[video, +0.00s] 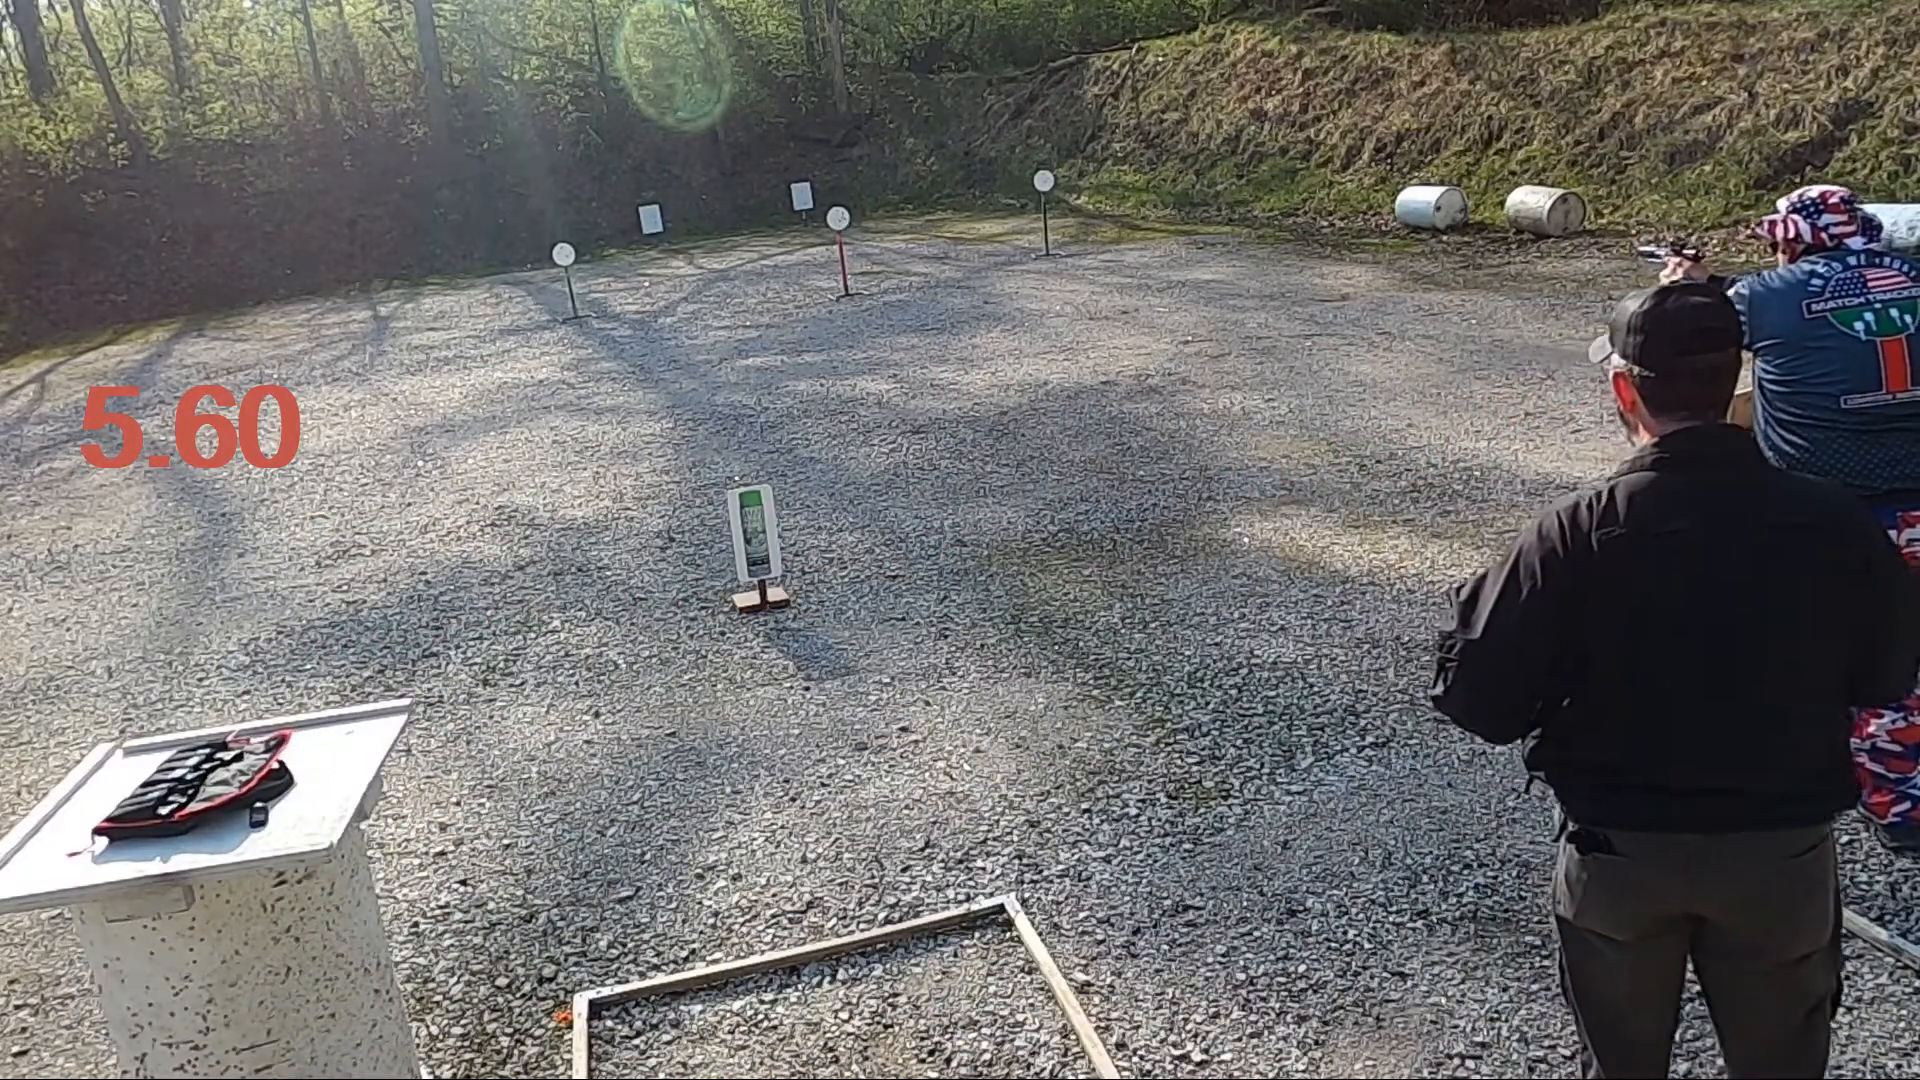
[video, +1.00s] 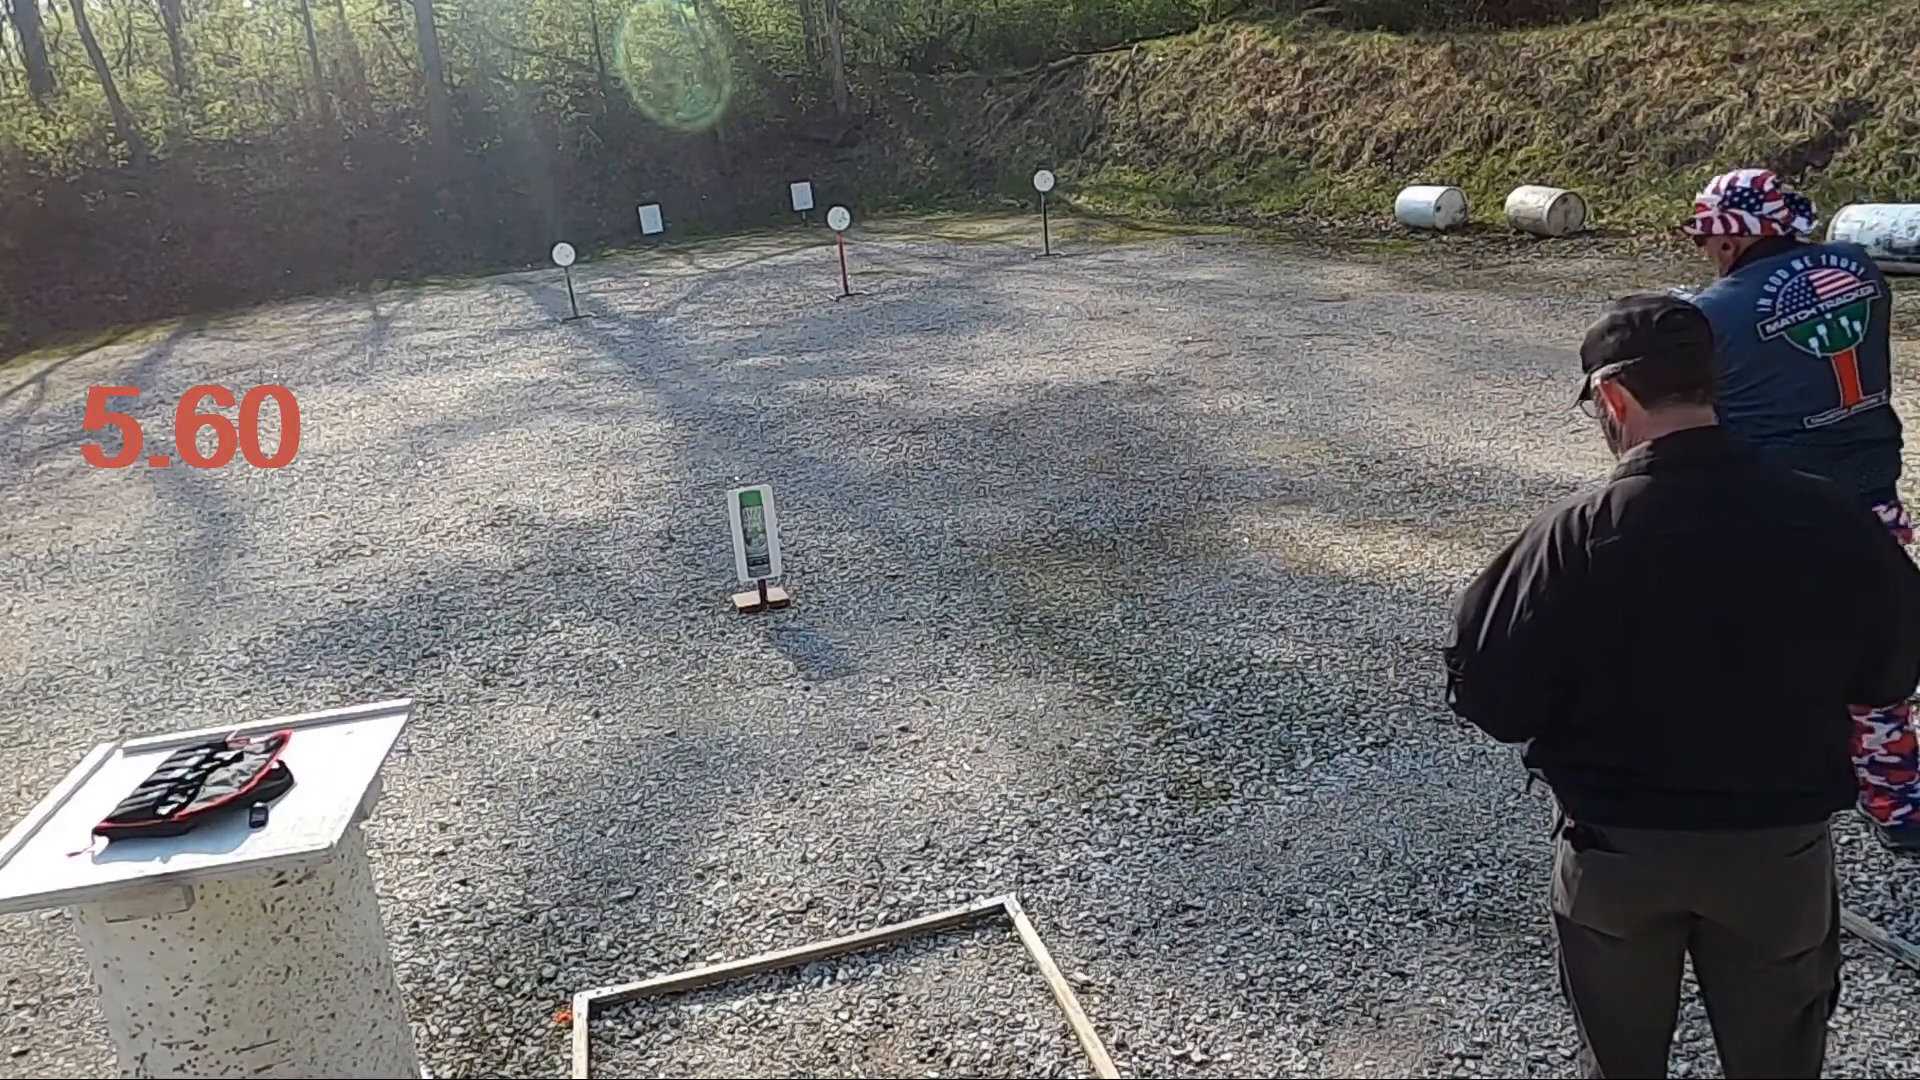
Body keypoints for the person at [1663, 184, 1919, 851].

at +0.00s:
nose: (1778, 252)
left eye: (1781, 242)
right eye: (1777, 243)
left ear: (1799, 242)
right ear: (1860, 230)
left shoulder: (1775, 293)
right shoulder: (1908, 279)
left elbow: (1687, 318)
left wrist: (1678, 281)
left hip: (1829, 518)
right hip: (1910, 503)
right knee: (1901, 665)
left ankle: (1899, 806)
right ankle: (1900, 801)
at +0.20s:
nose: (1775, 245)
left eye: (1780, 236)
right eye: (1776, 237)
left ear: (1795, 235)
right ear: (1861, 222)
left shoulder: (1768, 288)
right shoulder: (1905, 272)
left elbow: (1696, 330)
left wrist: (1690, 285)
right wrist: (1715, 288)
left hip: (1825, 505)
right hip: (1909, 493)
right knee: (1901, 656)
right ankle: (1898, 798)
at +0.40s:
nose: (1779, 229)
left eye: (1784, 219)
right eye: (1781, 219)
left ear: (1800, 221)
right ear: (1865, 210)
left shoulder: (1764, 286)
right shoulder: (1908, 256)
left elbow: (1715, 351)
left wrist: (1712, 296)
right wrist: (1740, 297)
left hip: (1823, 503)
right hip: (1911, 490)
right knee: (1898, 651)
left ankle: (1899, 806)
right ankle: (1900, 802)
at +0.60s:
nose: (1785, 221)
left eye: (1790, 211)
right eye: (1787, 209)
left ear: (1808, 211)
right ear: (1867, 201)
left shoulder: (1772, 281)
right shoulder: (1911, 254)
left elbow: (1742, 371)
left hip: (1818, 503)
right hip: (1909, 491)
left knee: (1851, 650)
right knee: (1902, 648)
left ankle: (1899, 803)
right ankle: (1898, 799)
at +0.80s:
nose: (1760, 229)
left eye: (1764, 218)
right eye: (1759, 218)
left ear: (1783, 219)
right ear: (1846, 205)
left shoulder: (1750, 295)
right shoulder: (1903, 255)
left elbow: (1716, 394)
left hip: (1816, 507)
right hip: (1909, 492)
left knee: (1862, 653)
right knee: (1898, 646)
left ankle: (1901, 807)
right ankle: (1900, 801)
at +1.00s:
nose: (1706, 250)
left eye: (1707, 237)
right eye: (1703, 237)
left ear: (1732, 237)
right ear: (1788, 220)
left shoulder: (1715, 314)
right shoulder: (1859, 270)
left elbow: (1686, 411)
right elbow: (1862, 368)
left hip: (1781, 524)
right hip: (1878, 508)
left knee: (1783, 662)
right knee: (1887, 657)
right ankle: (1900, 807)